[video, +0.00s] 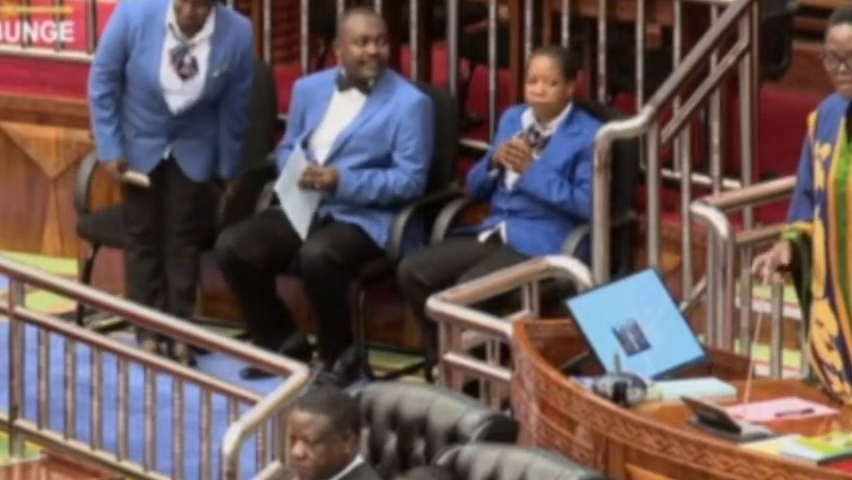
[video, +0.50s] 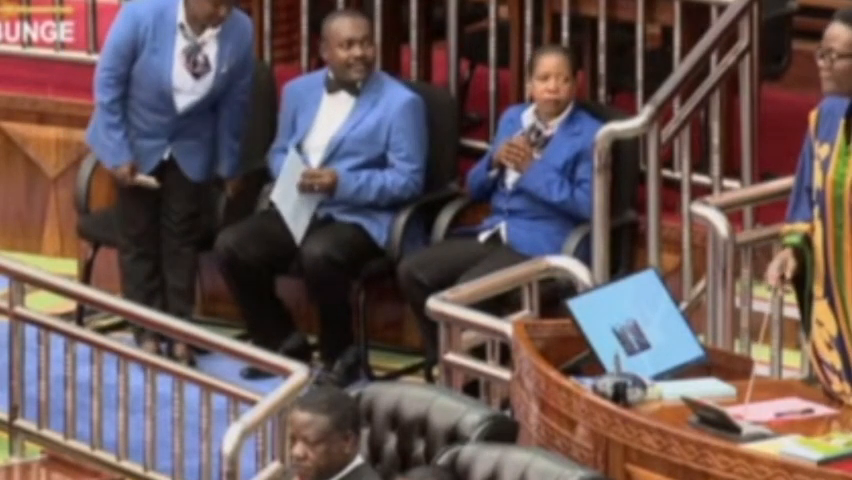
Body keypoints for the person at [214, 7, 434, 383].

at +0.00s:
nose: (372, 51)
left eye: (379, 42)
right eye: (361, 43)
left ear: (388, 46)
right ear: (339, 48)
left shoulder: (410, 103)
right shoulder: (307, 90)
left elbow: (410, 181)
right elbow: (286, 148)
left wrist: (341, 181)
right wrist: (298, 170)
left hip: (365, 218)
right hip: (302, 210)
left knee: (319, 258)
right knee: (235, 248)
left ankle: (339, 358)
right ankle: (282, 343)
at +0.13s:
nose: (368, 51)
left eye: (375, 42)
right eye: (357, 43)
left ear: (385, 46)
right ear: (335, 50)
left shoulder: (408, 103)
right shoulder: (305, 90)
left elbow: (410, 181)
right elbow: (283, 150)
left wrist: (341, 181)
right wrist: (297, 172)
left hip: (364, 217)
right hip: (301, 210)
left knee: (319, 257)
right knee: (235, 248)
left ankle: (339, 359)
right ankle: (282, 343)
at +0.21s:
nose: (366, 52)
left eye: (373, 42)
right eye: (355, 44)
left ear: (382, 45)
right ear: (333, 50)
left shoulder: (406, 103)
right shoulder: (304, 90)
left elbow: (410, 181)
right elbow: (282, 151)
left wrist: (341, 181)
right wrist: (297, 173)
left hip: (364, 217)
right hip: (300, 210)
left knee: (319, 257)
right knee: (235, 248)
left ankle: (339, 359)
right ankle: (282, 343)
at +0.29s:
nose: (363, 52)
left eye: (370, 42)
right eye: (353, 43)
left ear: (380, 46)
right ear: (331, 49)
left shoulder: (405, 103)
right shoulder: (302, 90)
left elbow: (410, 180)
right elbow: (281, 151)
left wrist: (341, 181)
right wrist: (297, 174)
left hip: (362, 217)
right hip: (299, 211)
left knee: (320, 257)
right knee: (234, 249)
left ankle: (339, 358)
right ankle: (281, 343)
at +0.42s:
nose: (360, 52)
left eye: (367, 42)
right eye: (349, 44)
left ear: (377, 46)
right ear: (327, 50)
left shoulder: (402, 102)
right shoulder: (299, 91)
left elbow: (409, 181)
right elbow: (279, 151)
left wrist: (340, 182)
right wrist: (296, 175)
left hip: (361, 217)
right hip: (297, 211)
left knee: (320, 258)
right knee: (234, 249)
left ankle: (339, 358)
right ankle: (282, 343)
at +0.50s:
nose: (358, 53)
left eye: (365, 43)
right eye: (346, 45)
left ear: (375, 47)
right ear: (325, 51)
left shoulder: (400, 103)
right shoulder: (298, 92)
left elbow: (408, 181)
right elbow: (277, 153)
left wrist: (340, 183)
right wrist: (296, 176)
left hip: (360, 216)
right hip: (296, 209)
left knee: (321, 256)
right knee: (235, 248)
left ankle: (339, 357)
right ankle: (281, 344)